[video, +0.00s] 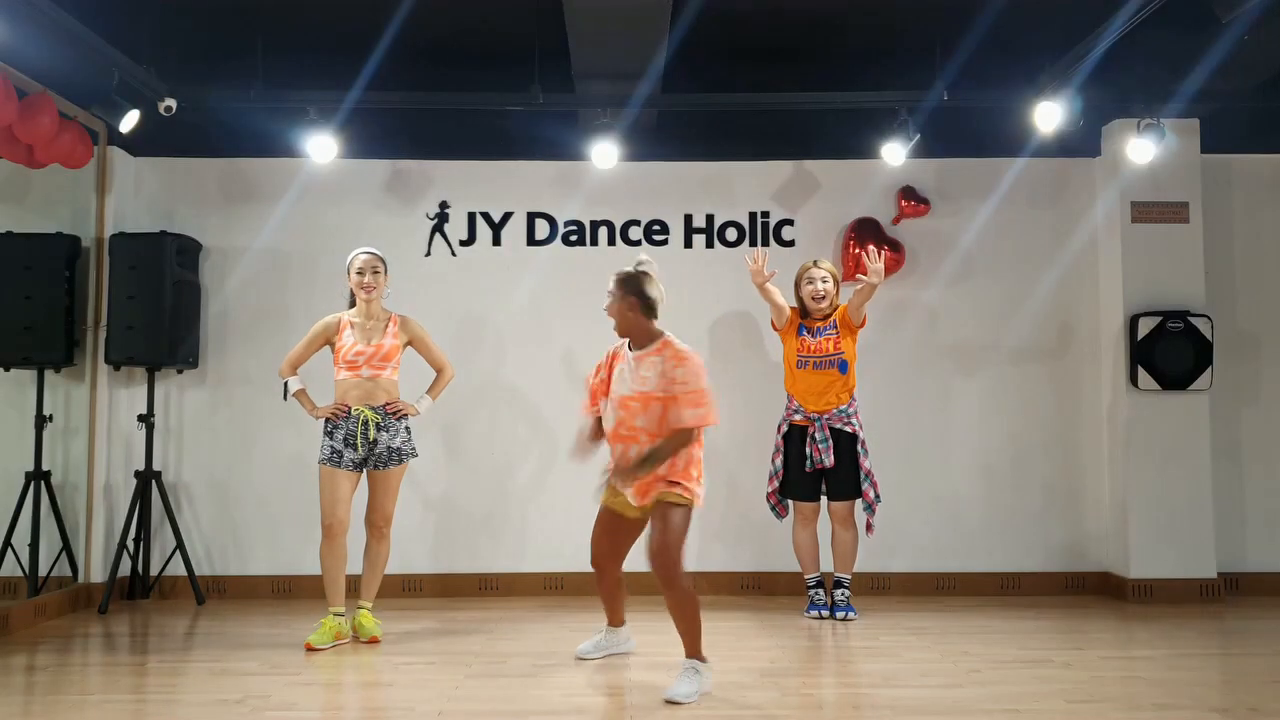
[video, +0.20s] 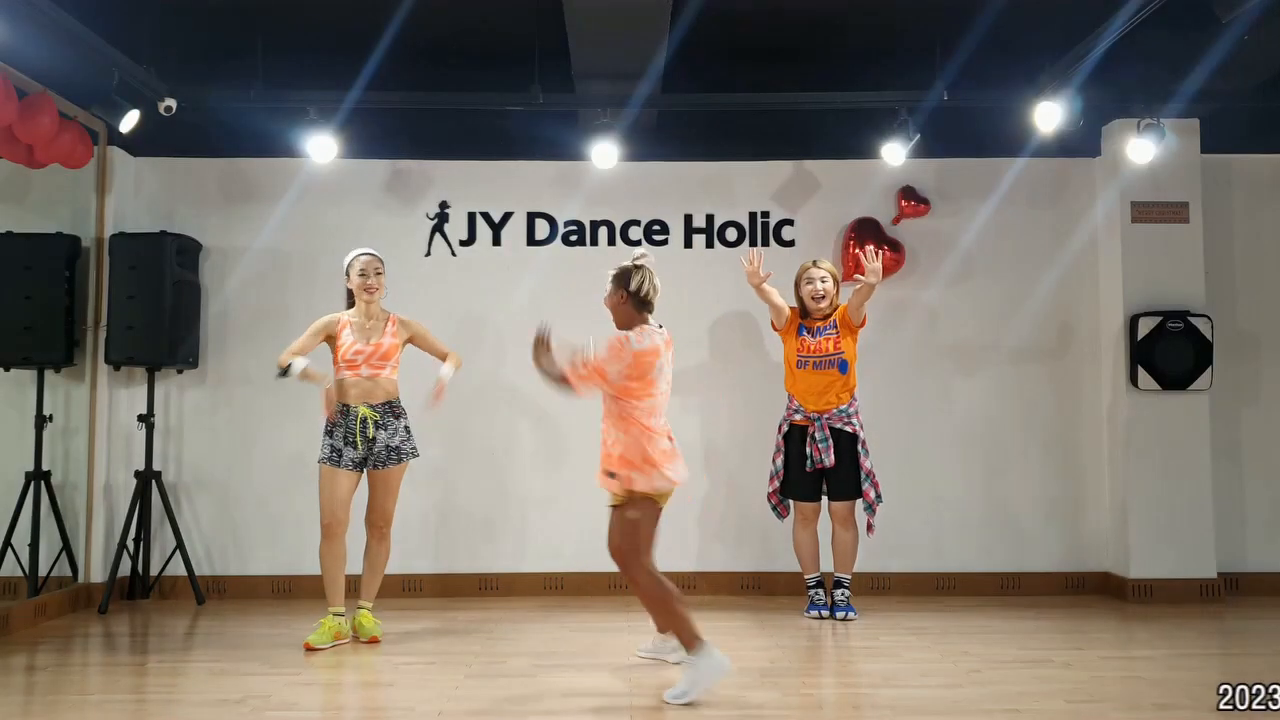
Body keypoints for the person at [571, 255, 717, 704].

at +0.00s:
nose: (607, 308)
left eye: (612, 300)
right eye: (608, 300)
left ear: (634, 305)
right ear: (631, 305)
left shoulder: (680, 360)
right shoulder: (614, 360)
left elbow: (687, 430)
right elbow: (601, 415)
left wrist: (639, 465)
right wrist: (590, 438)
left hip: (673, 475)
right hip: (627, 476)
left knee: (664, 561)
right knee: (603, 557)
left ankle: (695, 663)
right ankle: (617, 632)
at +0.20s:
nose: (606, 300)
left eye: (611, 293)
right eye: (609, 293)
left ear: (624, 299)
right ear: (644, 299)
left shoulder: (626, 346)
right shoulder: (657, 339)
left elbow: (574, 380)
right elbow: (606, 372)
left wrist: (543, 361)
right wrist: (566, 362)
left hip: (641, 468)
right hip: (647, 465)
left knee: (633, 558)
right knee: (626, 553)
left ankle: (702, 653)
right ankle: (670, 635)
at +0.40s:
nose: (585, 299)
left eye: (589, 294)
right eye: (586, 293)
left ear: (600, 298)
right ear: (625, 297)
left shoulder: (593, 329)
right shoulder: (644, 328)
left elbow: (536, 300)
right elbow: (623, 292)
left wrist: (522, 275)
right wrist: (581, 278)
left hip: (614, 465)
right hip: (651, 464)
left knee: (559, 549)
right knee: (634, 548)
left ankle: (602, 631)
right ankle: (672, 637)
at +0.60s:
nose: (540, 302)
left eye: (543, 297)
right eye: (541, 297)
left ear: (551, 305)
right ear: (579, 305)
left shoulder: (541, 343)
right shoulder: (595, 338)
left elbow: (481, 317)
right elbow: (563, 314)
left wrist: (482, 276)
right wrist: (544, 283)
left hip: (575, 470)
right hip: (622, 465)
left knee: (524, 559)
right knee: (627, 554)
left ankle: (496, 645)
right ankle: (671, 637)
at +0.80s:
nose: (494, 304)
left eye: (499, 299)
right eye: (498, 299)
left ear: (509, 305)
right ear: (536, 304)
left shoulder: (506, 334)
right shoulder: (548, 328)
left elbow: (446, 322)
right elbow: (488, 318)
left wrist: (406, 299)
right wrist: (453, 300)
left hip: (568, 446)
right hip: (611, 434)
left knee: (527, 548)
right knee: (635, 528)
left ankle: (501, 641)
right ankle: (681, 616)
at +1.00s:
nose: (554, 296)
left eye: (545, 291)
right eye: (553, 291)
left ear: (516, 297)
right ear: (550, 296)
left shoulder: (501, 333)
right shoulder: (569, 327)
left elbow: (448, 339)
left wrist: (441, 301)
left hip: (551, 440)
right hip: (599, 427)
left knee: (522, 544)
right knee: (643, 517)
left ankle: (500, 639)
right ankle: (678, 592)